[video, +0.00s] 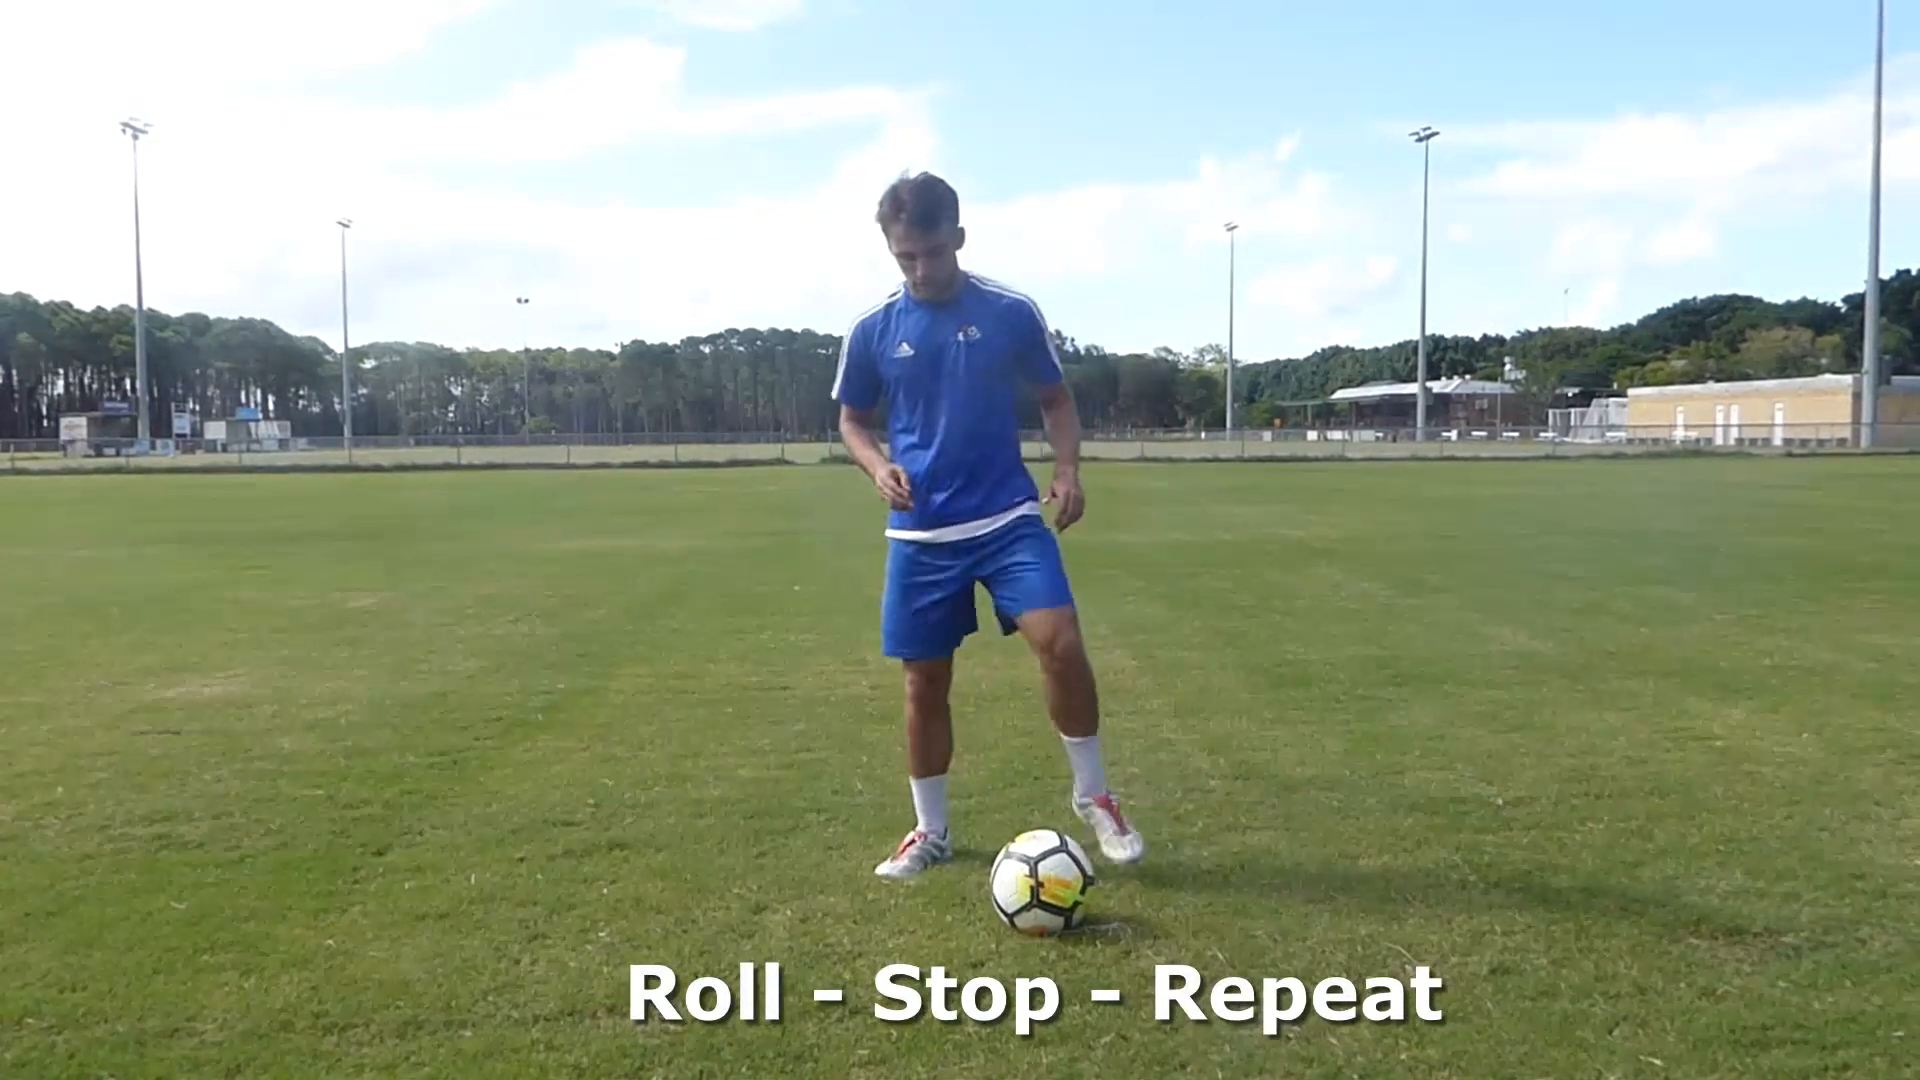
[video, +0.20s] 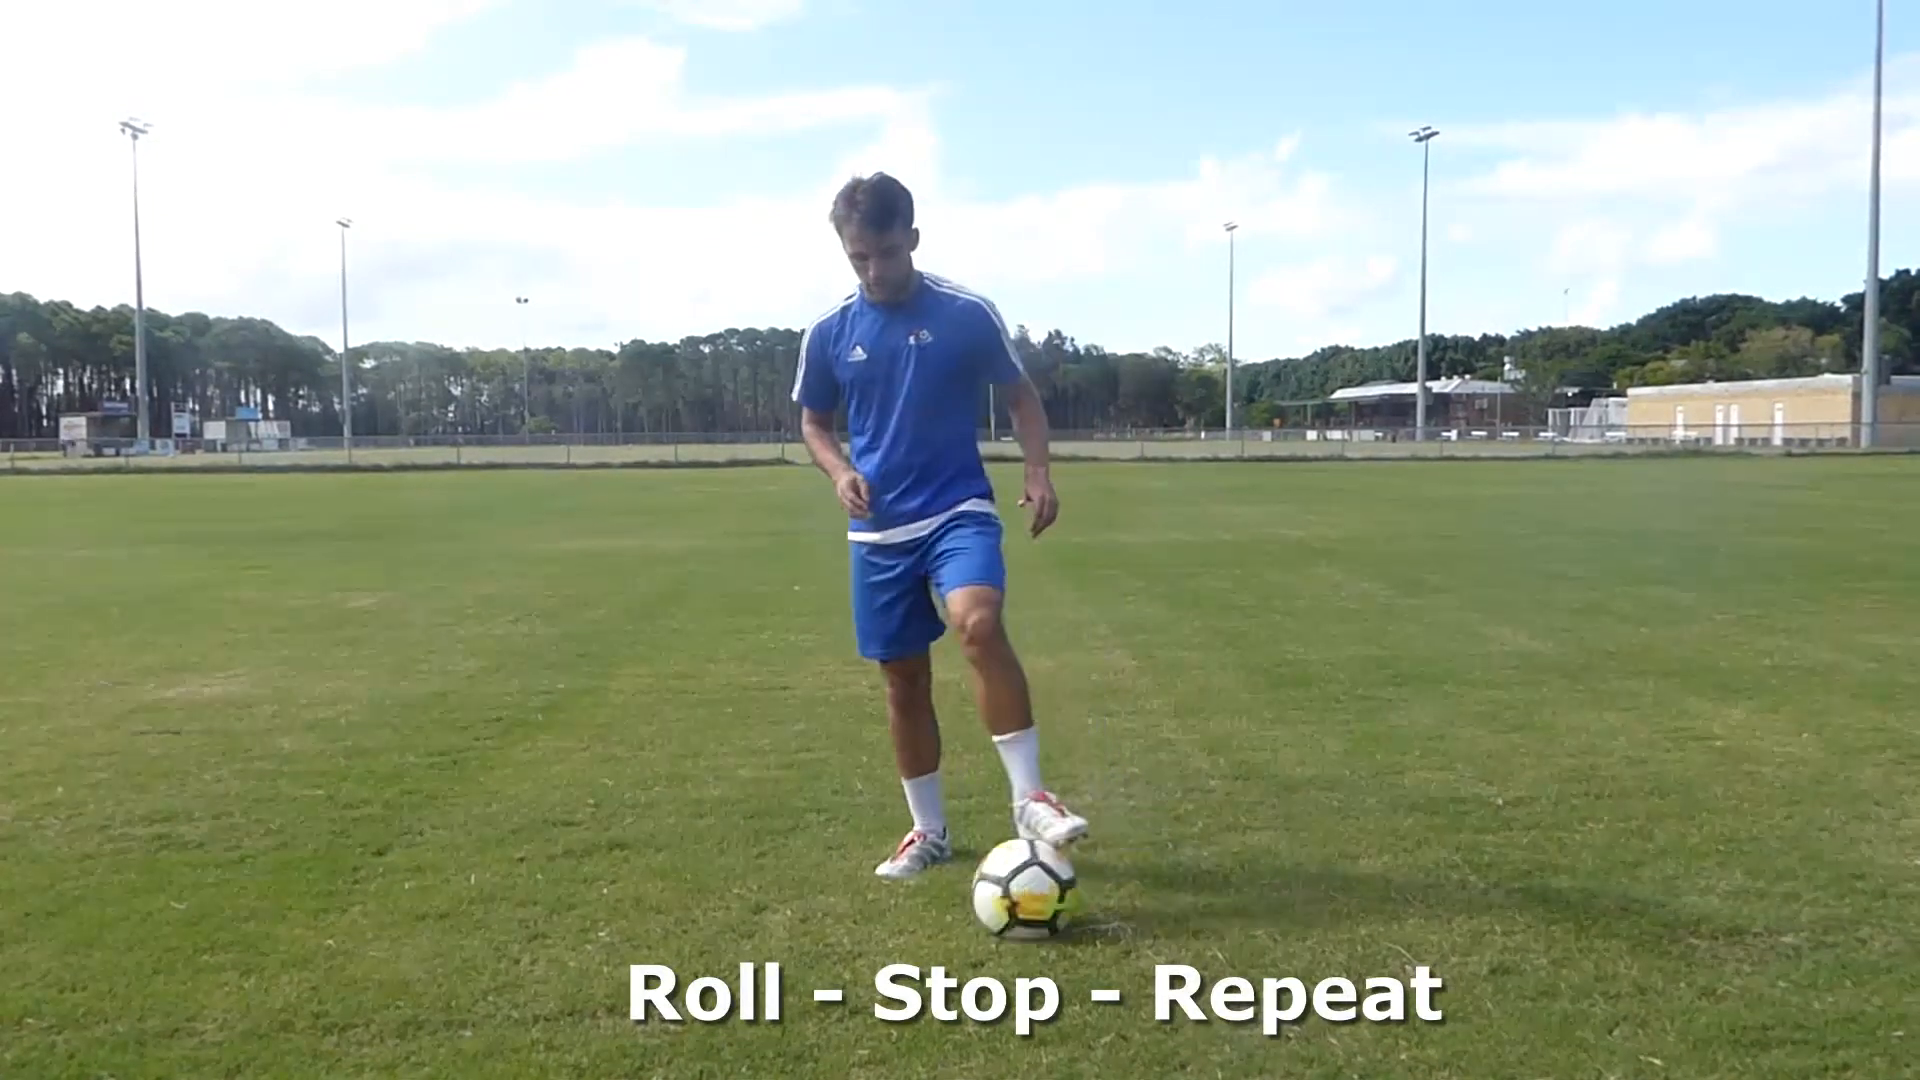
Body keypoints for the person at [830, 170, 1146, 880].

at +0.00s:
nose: (920, 271)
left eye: (931, 254)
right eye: (905, 258)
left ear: (958, 238)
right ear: (888, 249)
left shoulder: (1011, 314)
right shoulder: (872, 334)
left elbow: (1055, 400)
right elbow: (851, 420)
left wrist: (1067, 471)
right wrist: (877, 464)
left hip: (1010, 523)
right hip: (921, 537)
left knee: (1061, 645)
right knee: (923, 686)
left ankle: (1093, 796)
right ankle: (930, 833)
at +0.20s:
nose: (874, 272)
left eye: (886, 254)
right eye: (860, 259)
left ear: (912, 239)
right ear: (843, 251)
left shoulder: (966, 315)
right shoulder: (829, 337)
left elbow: (1021, 394)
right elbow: (814, 422)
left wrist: (1038, 474)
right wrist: (839, 471)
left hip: (960, 514)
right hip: (879, 533)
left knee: (979, 625)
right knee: (904, 682)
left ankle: (1031, 799)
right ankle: (929, 832)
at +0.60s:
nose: (797, 274)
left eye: (811, 259)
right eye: (786, 258)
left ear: (849, 247)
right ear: (776, 247)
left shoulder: (892, 331)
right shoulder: (757, 332)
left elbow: (944, 420)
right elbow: (729, 422)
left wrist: (958, 517)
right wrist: (749, 463)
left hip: (852, 540)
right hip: (785, 540)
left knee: (778, 689)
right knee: (839, 692)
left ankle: (755, 856)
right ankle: (917, 824)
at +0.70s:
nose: (778, 271)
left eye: (794, 256)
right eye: (769, 255)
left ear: (832, 249)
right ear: (760, 246)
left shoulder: (875, 336)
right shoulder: (743, 328)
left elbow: (920, 437)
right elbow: (717, 410)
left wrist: (932, 538)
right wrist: (715, 454)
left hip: (820, 545)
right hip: (751, 538)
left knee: (765, 700)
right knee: (731, 700)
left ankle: (755, 859)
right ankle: (856, 796)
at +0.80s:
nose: (757, 272)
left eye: (769, 257)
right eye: (748, 256)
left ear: (814, 248)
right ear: (743, 248)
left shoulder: (859, 338)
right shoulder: (731, 325)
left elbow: (900, 445)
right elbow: (707, 407)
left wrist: (909, 551)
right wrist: (688, 456)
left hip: (799, 552)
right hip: (725, 538)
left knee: (749, 702)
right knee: (650, 664)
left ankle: (755, 857)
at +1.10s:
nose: (736, 268)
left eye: (749, 254)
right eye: (728, 252)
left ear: (792, 245)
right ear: (723, 245)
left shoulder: (839, 339)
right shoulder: (702, 325)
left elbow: (876, 447)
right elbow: (674, 412)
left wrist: (845, 492)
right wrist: (660, 472)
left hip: (759, 552)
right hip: (674, 532)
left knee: (737, 706)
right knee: (606, 662)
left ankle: (748, 859)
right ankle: (532, 824)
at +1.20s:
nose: (733, 258)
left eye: (748, 243)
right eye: (725, 241)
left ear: (788, 239)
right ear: (716, 234)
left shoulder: (830, 335)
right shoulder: (689, 319)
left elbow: (867, 434)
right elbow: (654, 405)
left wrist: (848, 488)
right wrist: (649, 460)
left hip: (756, 549)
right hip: (668, 531)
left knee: (740, 702)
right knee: (610, 670)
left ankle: (747, 860)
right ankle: (571, 836)